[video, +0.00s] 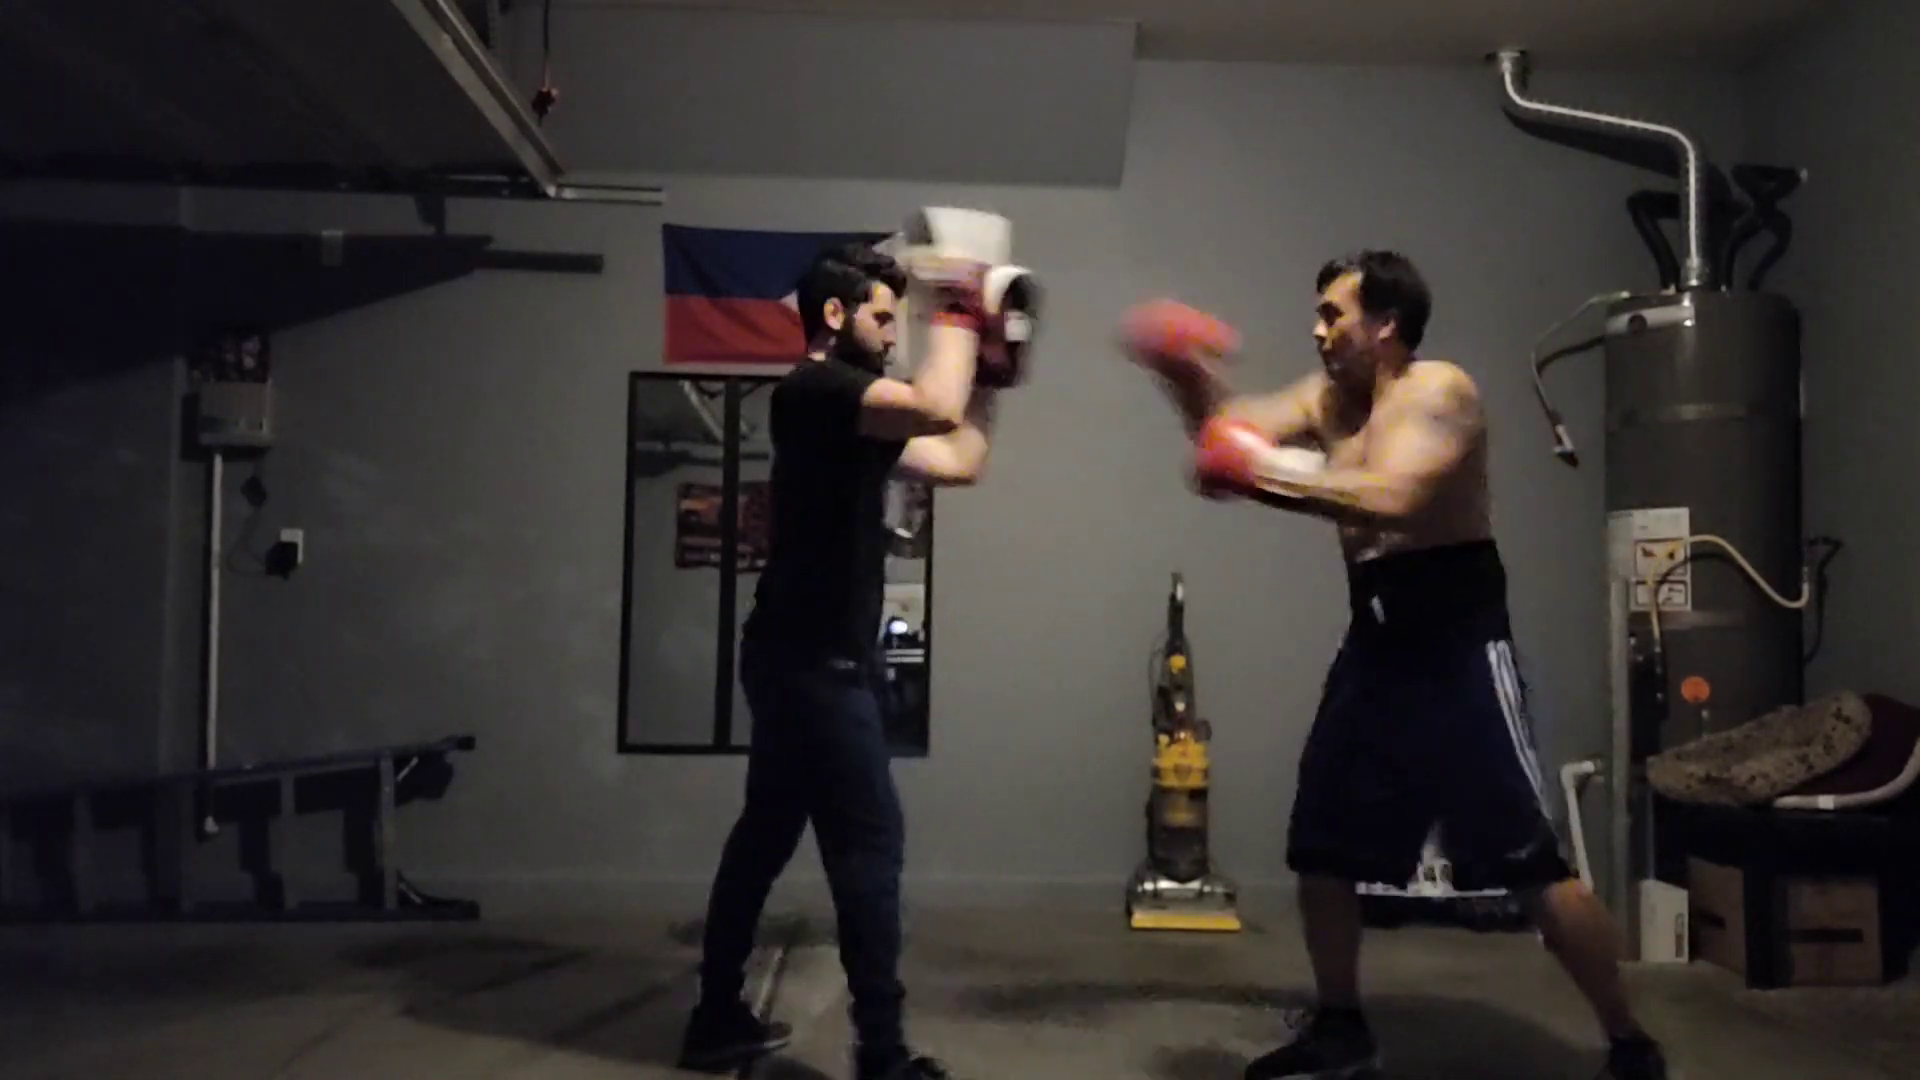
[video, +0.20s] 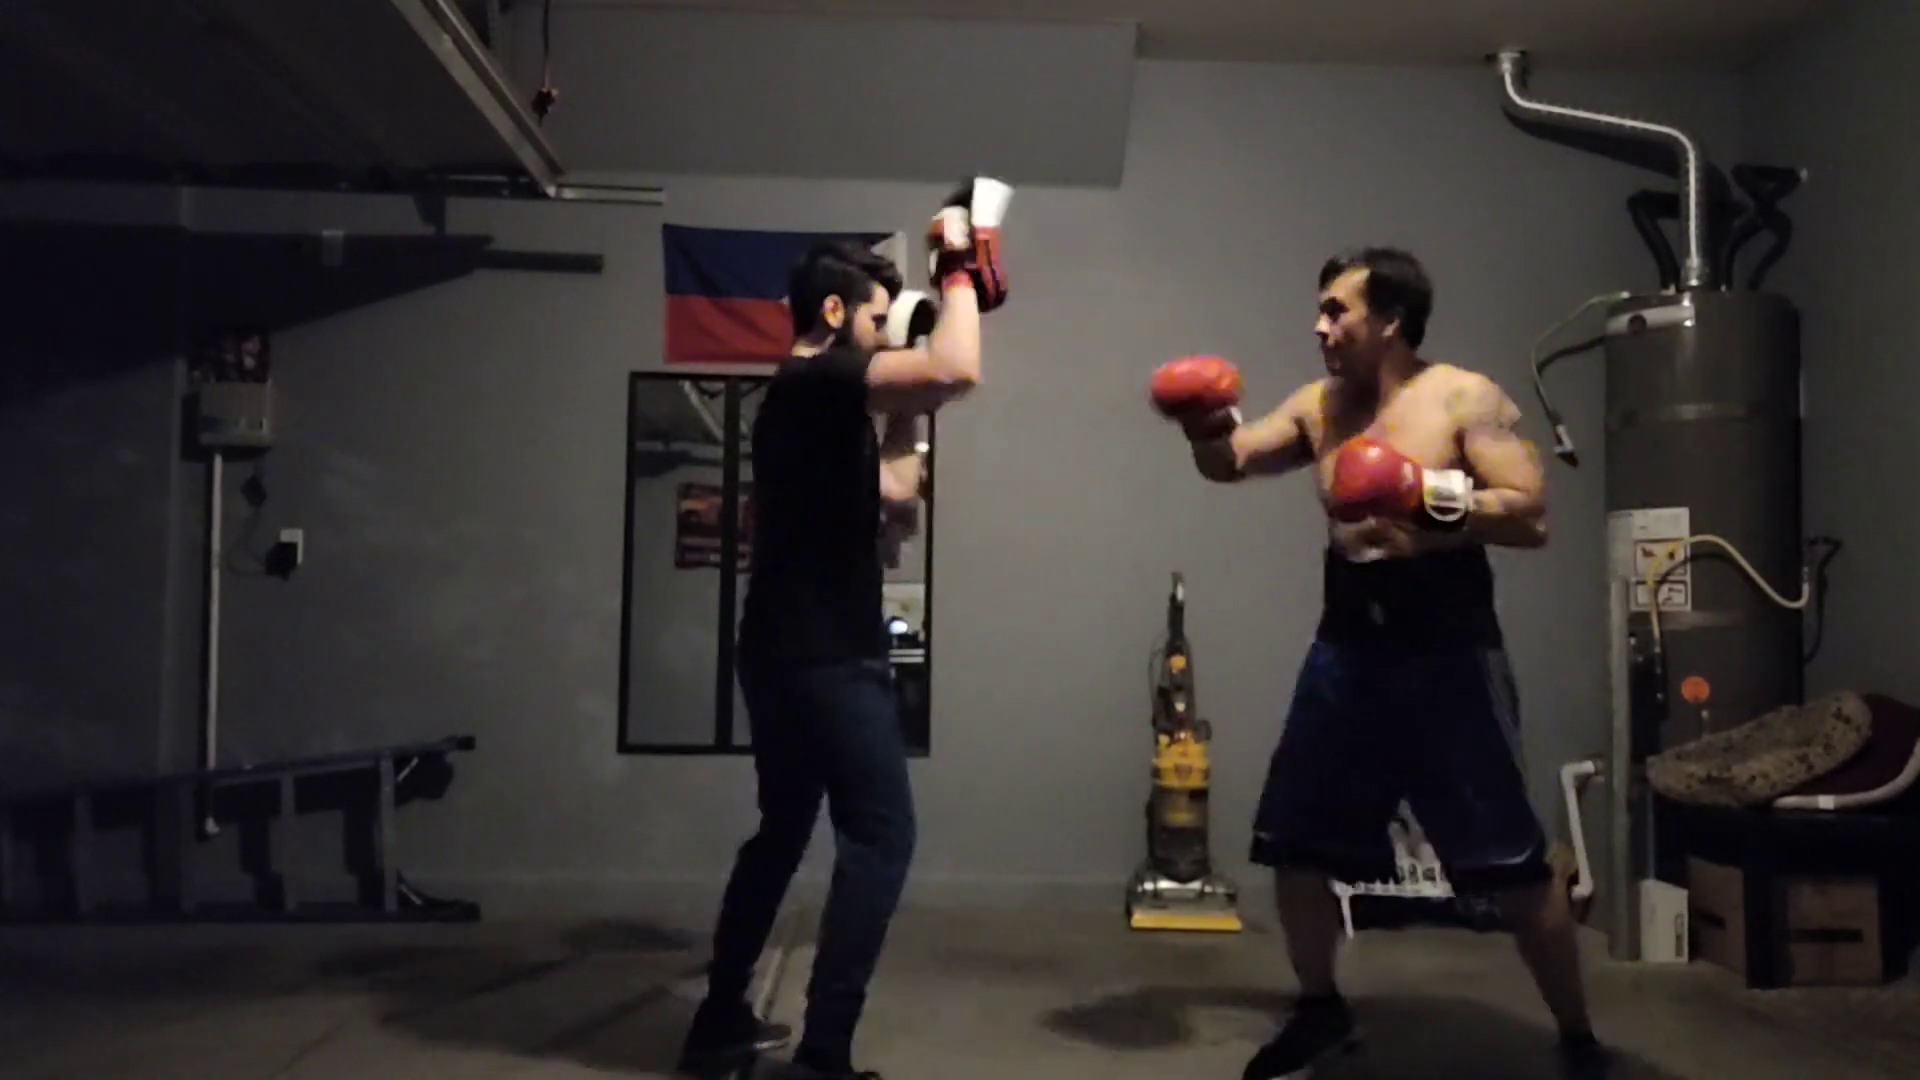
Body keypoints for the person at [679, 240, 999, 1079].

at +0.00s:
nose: (893, 332)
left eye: (895, 318)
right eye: (880, 315)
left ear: (837, 320)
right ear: (832, 314)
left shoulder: (850, 405)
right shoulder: (817, 385)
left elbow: (960, 461)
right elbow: (937, 400)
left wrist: (988, 370)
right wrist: (950, 308)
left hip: (807, 656)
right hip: (816, 659)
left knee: (764, 835)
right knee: (871, 845)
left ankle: (715, 1014)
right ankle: (882, 1050)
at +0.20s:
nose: (890, 320)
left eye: (889, 307)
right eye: (880, 304)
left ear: (824, 310)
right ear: (836, 308)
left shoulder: (787, 395)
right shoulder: (832, 377)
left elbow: (899, 486)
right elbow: (955, 363)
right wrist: (956, 266)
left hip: (776, 647)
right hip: (833, 651)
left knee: (782, 830)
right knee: (882, 837)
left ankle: (720, 1019)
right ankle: (827, 1049)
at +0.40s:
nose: (885, 318)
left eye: (887, 302)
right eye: (878, 300)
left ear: (803, 296)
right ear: (832, 294)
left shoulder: (758, 378)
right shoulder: (838, 366)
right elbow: (989, 376)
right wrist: (1042, 302)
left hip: (752, 658)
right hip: (827, 666)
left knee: (739, 841)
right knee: (849, 863)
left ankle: (714, 1016)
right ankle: (815, 1062)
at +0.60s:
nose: (857, 299)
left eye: (859, 283)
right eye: (851, 281)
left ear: (780, 276)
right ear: (804, 274)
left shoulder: (729, 365)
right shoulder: (800, 359)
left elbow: (886, 440)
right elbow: (916, 436)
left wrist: (971, 379)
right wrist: (964, 346)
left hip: (718, 645)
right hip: (800, 652)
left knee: (683, 841)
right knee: (823, 859)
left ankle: (574, 1045)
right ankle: (812, 1063)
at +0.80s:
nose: (808, 324)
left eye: (810, 307)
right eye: (800, 303)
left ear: (736, 296)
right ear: (752, 292)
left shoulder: (678, 377)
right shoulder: (723, 371)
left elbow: (730, 533)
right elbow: (825, 458)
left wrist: (794, 514)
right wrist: (846, 352)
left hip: (657, 675)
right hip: (733, 679)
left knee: (599, 877)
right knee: (820, 860)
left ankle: (533, 1063)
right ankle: (813, 1065)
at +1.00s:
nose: (767, 296)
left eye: (771, 281)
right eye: (763, 278)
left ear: (681, 270)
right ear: (719, 267)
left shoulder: (630, 360)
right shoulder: (700, 344)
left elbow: (671, 503)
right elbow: (817, 415)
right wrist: (817, 318)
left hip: (628, 655)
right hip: (711, 657)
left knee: (591, 868)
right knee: (802, 853)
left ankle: (532, 1063)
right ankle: (831, 1061)